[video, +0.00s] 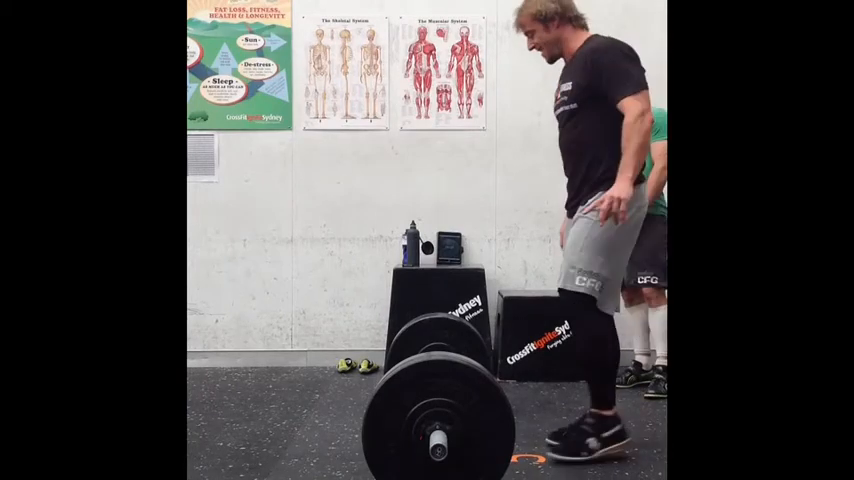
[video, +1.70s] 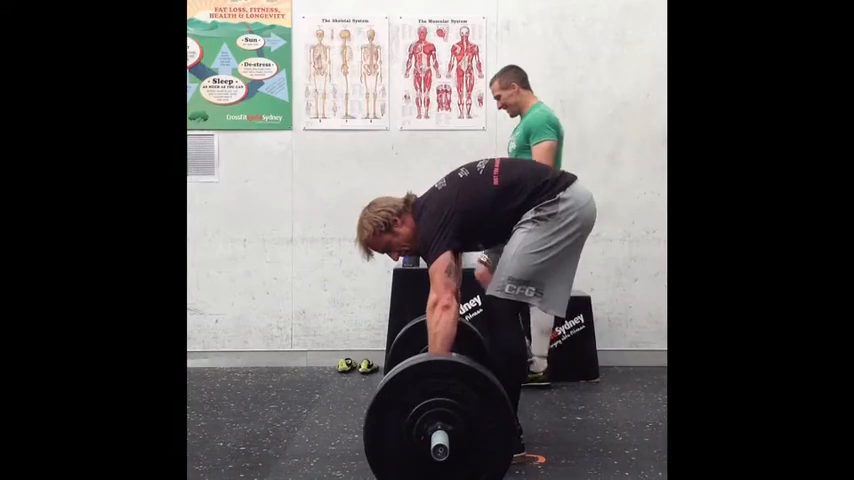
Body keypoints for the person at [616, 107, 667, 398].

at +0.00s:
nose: (622, 98)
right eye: (619, 94)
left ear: (638, 90)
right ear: (616, 98)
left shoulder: (656, 117)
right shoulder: (613, 124)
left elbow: (662, 165)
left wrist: (643, 204)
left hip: (653, 212)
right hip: (625, 214)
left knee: (653, 291)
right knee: (630, 292)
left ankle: (662, 366)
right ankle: (640, 363)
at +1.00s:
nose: (610, 98)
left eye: (613, 91)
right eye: (608, 93)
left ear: (633, 84)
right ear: (625, 87)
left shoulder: (659, 120)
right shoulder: (623, 125)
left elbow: (665, 177)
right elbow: (617, 175)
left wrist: (665, 228)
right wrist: (604, 220)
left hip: (650, 225)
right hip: (620, 221)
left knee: (662, 297)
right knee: (602, 286)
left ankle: (668, 372)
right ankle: (589, 363)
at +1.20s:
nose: (581, 106)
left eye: (583, 99)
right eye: (578, 101)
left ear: (601, 91)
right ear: (597, 94)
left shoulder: (634, 126)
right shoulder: (598, 131)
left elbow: (640, 181)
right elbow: (600, 182)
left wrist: (629, 230)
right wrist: (594, 222)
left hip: (634, 229)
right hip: (603, 227)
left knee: (654, 298)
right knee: (580, 291)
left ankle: (669, 373)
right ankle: (550, 361)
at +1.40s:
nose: (540, 109)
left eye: (541, 101)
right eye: (538, 103)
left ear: (558, 92)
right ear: (554, 94)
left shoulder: (589, 123)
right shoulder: (562, 130)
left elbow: (597, 176)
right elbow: (563, 179)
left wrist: (582, 226)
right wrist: (554, 219)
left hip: (595, 224)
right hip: (570, 225)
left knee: (610, 295)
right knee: (558, 292)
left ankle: (662, 357)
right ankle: (538, 366)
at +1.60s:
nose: (511, 106)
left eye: (512, 98)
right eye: (508, 100)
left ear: (528, 89)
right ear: (526, 90)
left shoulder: (556, 119)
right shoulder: (539, 122)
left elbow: (560, 175)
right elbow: (536, 172)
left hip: (555, 216)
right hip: (541, 216)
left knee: (542, 287)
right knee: (539, 287)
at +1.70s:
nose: (498, 104)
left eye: (499, 97)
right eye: (496, 99)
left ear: (516, 88)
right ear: (512, 89)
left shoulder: (541, 120)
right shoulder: (526, 122)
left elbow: (543, 179)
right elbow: (521, 174)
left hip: (546, 218)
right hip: (530, 217)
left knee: (539, 289)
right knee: (528, 287)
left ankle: (537, 364)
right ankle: (528, 362)